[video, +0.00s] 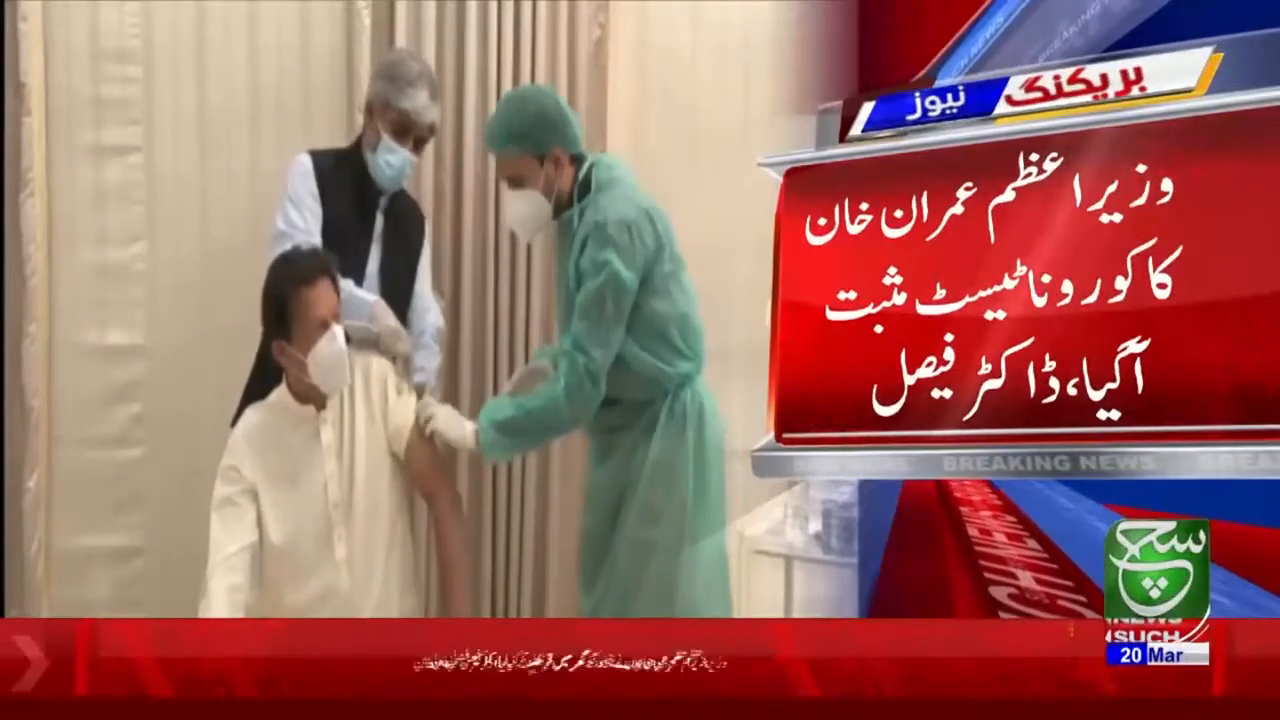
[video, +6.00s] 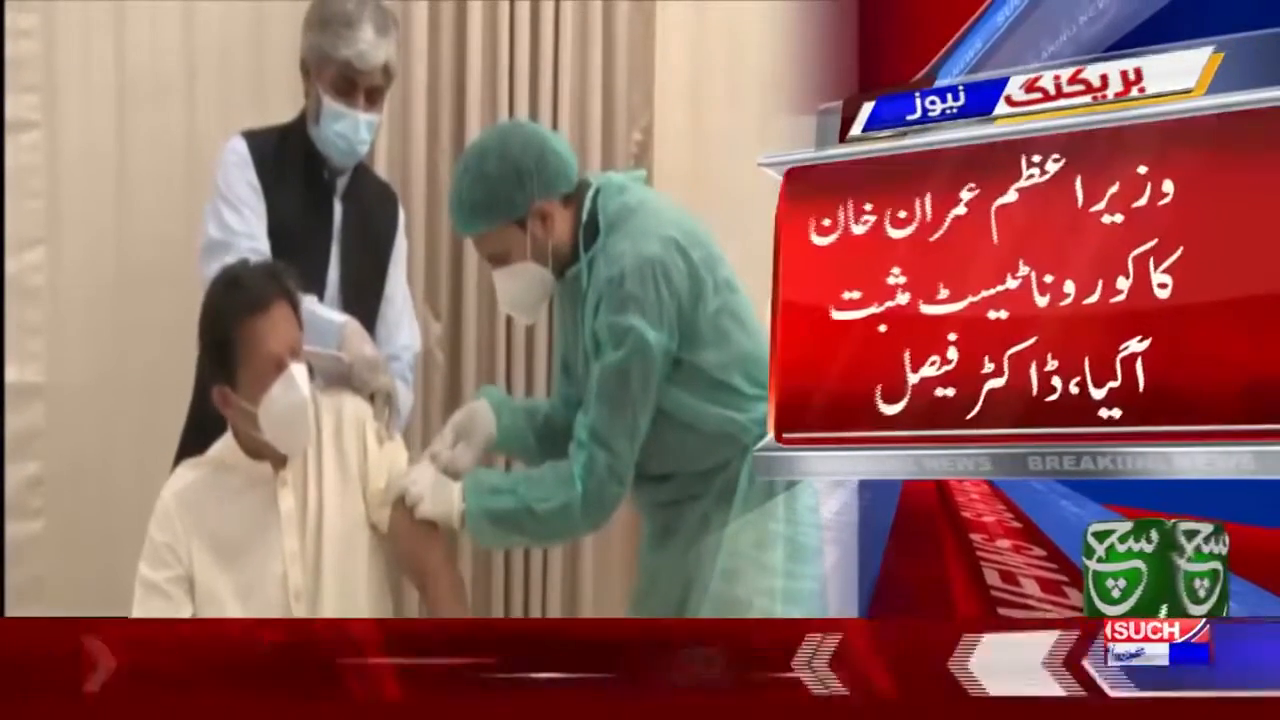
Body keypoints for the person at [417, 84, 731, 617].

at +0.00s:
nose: (511, 198)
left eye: (518, 182)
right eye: (505, 184)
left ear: (558, 163)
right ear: (557, 164)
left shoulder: (613, 221)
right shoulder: (583, 211)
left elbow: (581, 384)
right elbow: (592, 331)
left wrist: (482, 432)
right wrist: (548, 365)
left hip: (664, 430)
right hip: (625, 427)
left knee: (645, 602)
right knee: (609, 594)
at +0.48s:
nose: (528, 173)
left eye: (534, 159)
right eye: (523, 160)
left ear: (576, 141)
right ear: (572, 142)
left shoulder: (626, 209)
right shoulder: (596, 197)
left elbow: (586, 356)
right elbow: (588, 324)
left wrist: (486, 417)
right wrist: (554, 355)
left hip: (658, 429)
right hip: (622, 426)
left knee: (639, 602)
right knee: (608, 595)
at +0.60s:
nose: (495, 239)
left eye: (497, 220)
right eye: (486, 222)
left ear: (543, 183)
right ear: (543, 182)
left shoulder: (635, 220)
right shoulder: (584, 219)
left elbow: (588, 448)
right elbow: (585, 400)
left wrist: (457, 456)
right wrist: (500, 395)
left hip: (749, 456)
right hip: (677, 462)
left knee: (724, 653)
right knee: (655, 649)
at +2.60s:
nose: (496, 255)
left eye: (498, 238)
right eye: (487, 242)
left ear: (544, 199)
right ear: (544, 198)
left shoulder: (634, 233)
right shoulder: (581, 230)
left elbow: (591, 457)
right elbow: (571, 399)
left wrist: (460, 468)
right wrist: (487, 399)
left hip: (750, 468)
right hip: (678, 475)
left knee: (731, 664)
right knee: (655, 661)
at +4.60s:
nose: (495, 266)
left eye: (498, 249)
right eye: (487, 252)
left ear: (543, 209)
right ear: (544, 209)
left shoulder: (634, 247)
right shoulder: (581, 244)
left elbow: (588, 475)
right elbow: (568, 413)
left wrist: (456, 486)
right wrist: (481, 414)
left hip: (750, 477)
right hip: (677, 484)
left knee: (738, 663)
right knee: (657, 660)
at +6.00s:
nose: (500, 279)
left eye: (502, 261)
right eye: (490, 263)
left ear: (546, 220)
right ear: (547, 219)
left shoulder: (637, 261)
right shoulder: (584, 250)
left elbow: (592, 488)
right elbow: (577, 426)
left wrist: (458, 498)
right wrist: (496, 421)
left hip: (750, 492)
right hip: (678, 499)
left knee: (740, 680)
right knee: (660, 677)